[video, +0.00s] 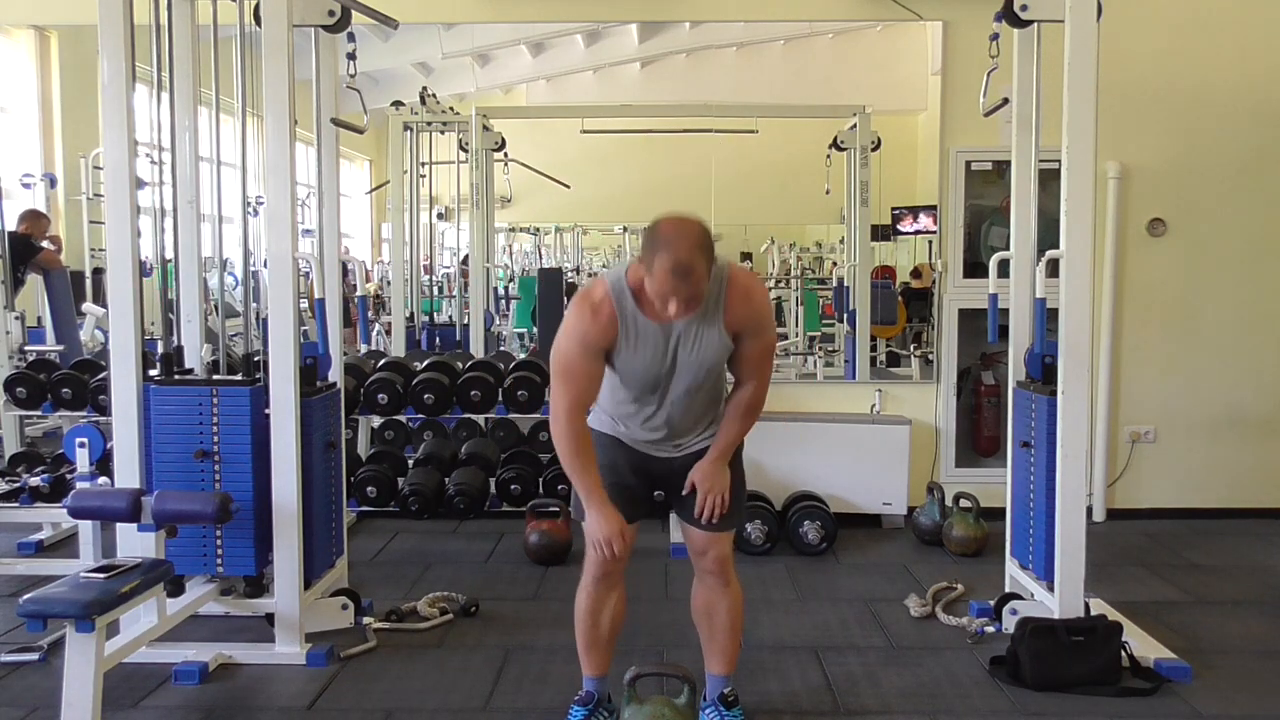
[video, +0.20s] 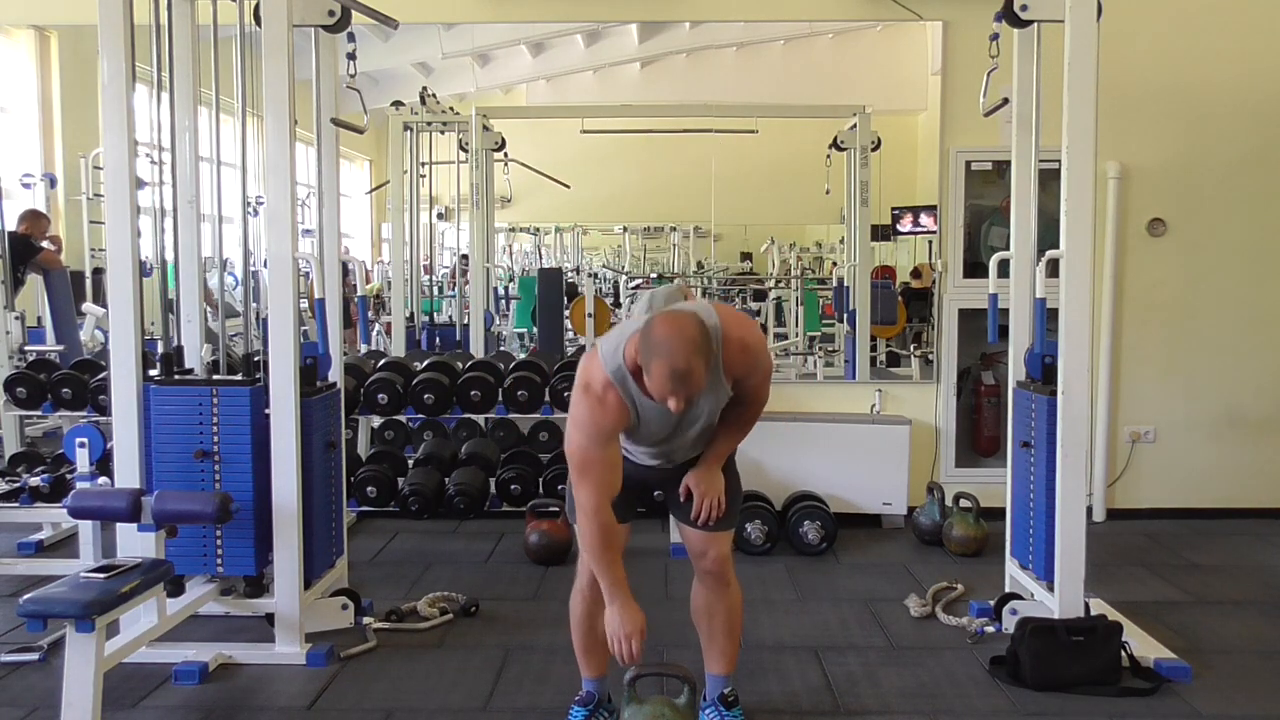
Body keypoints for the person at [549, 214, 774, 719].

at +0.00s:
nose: (676, 312)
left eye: (688, 300)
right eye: (665, 299)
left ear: (711, 272)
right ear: (641, 272)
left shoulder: (745, 296)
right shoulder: (597, 307)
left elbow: (752, 386)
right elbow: (565, 412)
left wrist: (718, 457)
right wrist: (596, 505)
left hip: (705, 441)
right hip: (618, 437)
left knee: (715, 560)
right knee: (605, 558)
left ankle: (718, 699)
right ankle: (592, 696)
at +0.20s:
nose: (677, 406)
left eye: (688, 395)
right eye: (664, 397)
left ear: (710, 360)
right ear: (637, 363)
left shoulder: (744, 345)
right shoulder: (599, 385)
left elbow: (750, 401)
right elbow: (593, 504)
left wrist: (713, 463)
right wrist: (617, 600)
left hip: (702, 456)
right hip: (621, 455)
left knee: (715, 563)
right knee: (594, 568)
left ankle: (719, 697)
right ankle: (593, 695)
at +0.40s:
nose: (684, 448)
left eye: (696, 437)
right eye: (673, 439)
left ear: (720, 394)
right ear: (646, 411)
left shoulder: (751, 369)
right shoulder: (610, 432)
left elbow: (753, 414)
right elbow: (605, 547)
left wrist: (712, 464)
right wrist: (629, 638)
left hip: (704, 462)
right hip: (617, 462)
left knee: (715, 563)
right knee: (594, 572)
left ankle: (719, 696)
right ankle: (592, 695)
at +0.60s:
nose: (693, 447)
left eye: (705, 435)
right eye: (681, 436)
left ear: (729, 394)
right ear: (653, 407)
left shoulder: (757, 372)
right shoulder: (619, 436)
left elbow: (762, 414)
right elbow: (610, 552)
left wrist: (719, 464)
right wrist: (635, 641)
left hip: (708, 462)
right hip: (618, 458)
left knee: (719, 564)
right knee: (597, 570)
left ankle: (719, 698)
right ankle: (591, 696)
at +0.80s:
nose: (704, 423)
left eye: (716, 412)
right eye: (691, 414)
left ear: (734, 379)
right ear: (663, 384)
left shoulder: (764, 360)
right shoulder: (631, 420)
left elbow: (768, 409)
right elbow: (618, 533)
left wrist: (726, 464)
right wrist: (652, 621)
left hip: (711, 457)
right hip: (623, 457)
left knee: (723, 564)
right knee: (603, 567)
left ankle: (720, 697)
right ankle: (592, 695)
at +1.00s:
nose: (713, 364)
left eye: (727, 352)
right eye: (702, 351)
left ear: (746, 326)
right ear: (679, 324)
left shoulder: (773, 336)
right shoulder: (632, 367)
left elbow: (776, 403)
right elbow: (607, 472)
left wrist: (737, 465)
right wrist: (648, 555)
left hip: (717, 454)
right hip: (635, 454)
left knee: (727, 566)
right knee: (608, 564)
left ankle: (719, 699)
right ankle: (593, 696)